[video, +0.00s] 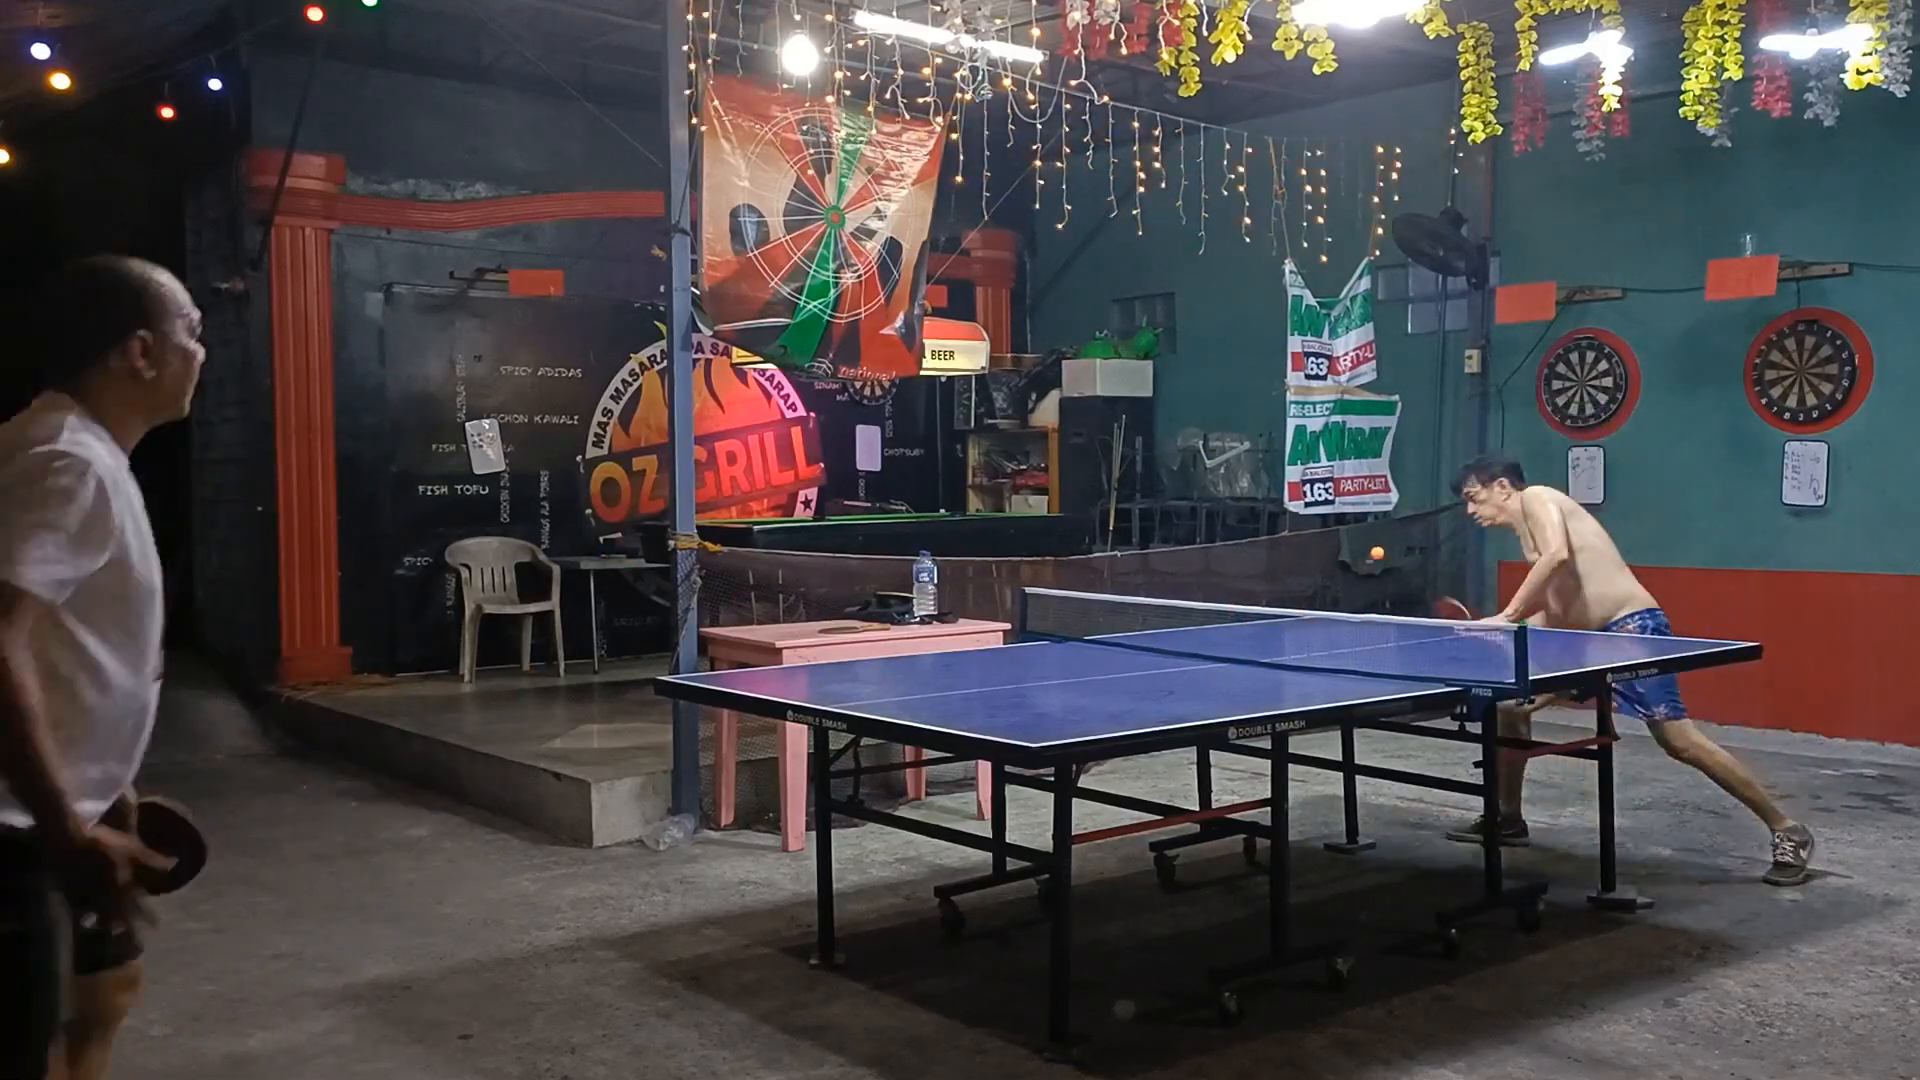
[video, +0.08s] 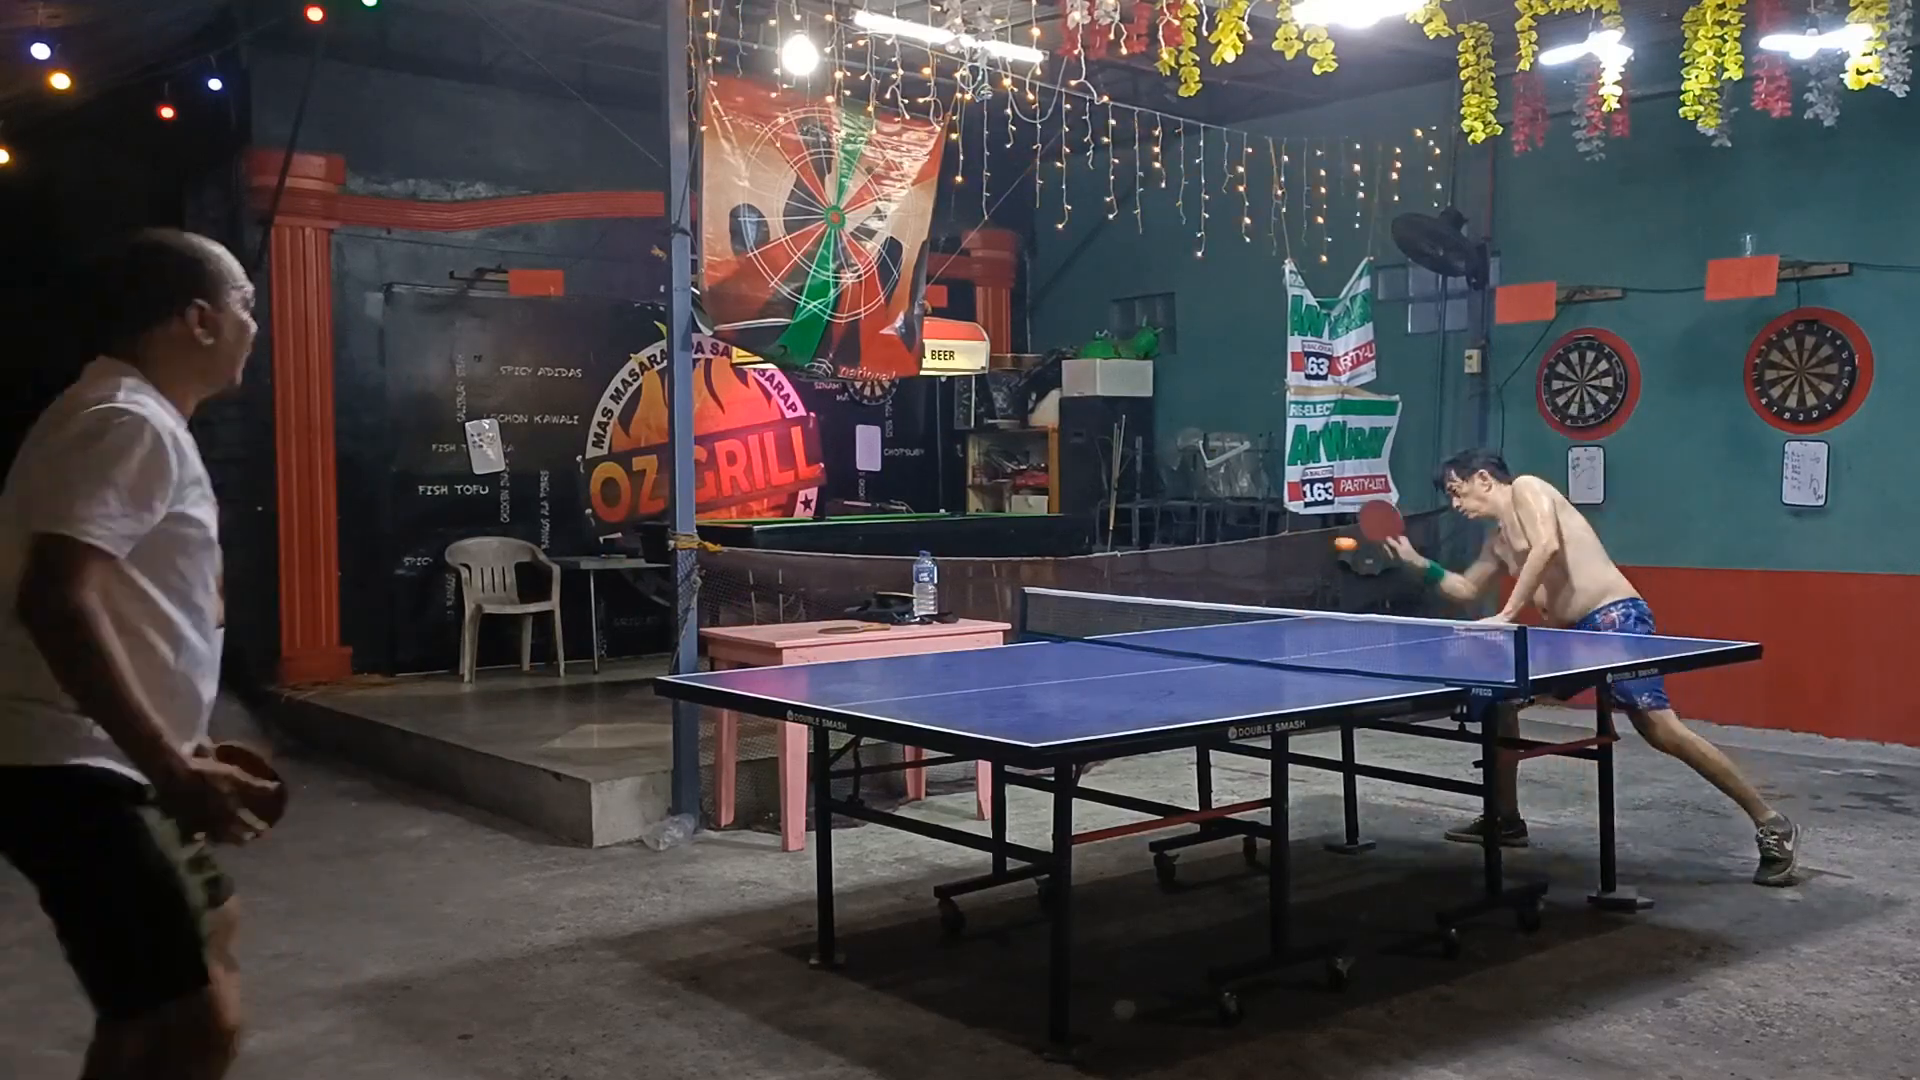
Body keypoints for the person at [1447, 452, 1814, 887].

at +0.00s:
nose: (1469, 510)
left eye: (1472, 498)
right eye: (1465, 502)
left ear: (1502, 486)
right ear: (1493, 496)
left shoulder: (1536, 497)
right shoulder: (1528, 533)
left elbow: (1556, 553)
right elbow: (1555, 613)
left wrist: (1505, 616)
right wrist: (1502, 632)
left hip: (1633, 626)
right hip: (1587, 640)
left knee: (1679, 741)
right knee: (1507, 706)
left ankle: (1787, 830)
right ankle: (1507, 818)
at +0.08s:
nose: (1457, 507)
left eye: (1458, 495)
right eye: (1452, 500)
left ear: (1484, 478)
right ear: (1475, 490)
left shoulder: (1526, 488)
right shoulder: (1501, 536)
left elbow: (1545, 546)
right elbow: (1465, 589)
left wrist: (1505, 616)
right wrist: (1418, 564)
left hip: (1618, 618)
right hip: (1575, 635)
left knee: (1663, 730)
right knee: (1496, 699)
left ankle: (1770, 823)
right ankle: (1503, 816)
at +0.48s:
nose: (1480, 471)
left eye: (1488, 460)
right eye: (1474, 463)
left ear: (1520, 458)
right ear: (1477, 468)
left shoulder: (1559, 489)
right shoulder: (1517, 504)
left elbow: (1569, 563)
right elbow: (1527, 559)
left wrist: (1509, 615)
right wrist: (1466, 566)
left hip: (1622, 623)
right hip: (1568, 628)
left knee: (1654, 736)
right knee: (1498, 698)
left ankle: (1743, 832)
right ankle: (1504, 816)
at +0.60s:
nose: (1514, 451)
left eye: (1523, 440)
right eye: (1509, 443)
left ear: (1556, 439)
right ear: (1508, 447)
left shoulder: (1591, 478)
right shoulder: (1546, 490)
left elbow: (1580, 555)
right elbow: (1548, 550)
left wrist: (1515, 609)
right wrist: (1483, 560)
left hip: (1647, 618)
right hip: (1589, 619)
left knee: (1673, 728)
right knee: (1534, 704)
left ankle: (1749, 835)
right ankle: (1509, 813)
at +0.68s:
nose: (1536, 433)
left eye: (1546, 423)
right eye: (1531, 426)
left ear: (1580, 423)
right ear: (1533, 432)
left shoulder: (1614, 461)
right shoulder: (1562, 479)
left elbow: (1605, 538)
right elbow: (1554, 537)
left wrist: (1540, 589)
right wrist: (1501, 549)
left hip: (1671, 604)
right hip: (1613, 610)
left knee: (1692, 715)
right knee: (1567, 703)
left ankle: (1759, 830)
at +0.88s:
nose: (1573, 451)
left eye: (1582, 440)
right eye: (1569, 442)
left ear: (1617, 439)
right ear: (1572, 447)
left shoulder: (1649, 478)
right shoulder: (1603, 495)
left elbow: (1625, 553)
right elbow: (1574, 545)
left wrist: (1550, 599)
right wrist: (1520, 545)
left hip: (1703, 621)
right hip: (1650, 626)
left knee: (1719, 736)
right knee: (1589, 705)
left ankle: (1809, 843)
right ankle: (1629, 818)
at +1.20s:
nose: (1566, 476)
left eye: (1569, 464)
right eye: (1562, 467)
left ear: (1599, 454)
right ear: (1609, 458)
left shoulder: (1613, 478)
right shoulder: (1650, 487)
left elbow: (1587, 524)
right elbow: (1646, 556)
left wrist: (1518, 578)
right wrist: (1594, 562)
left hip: (1675, 627)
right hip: (1674, 626)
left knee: (1694, 746)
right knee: (1596, 699)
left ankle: (1806, 837)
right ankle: (1580, 810)